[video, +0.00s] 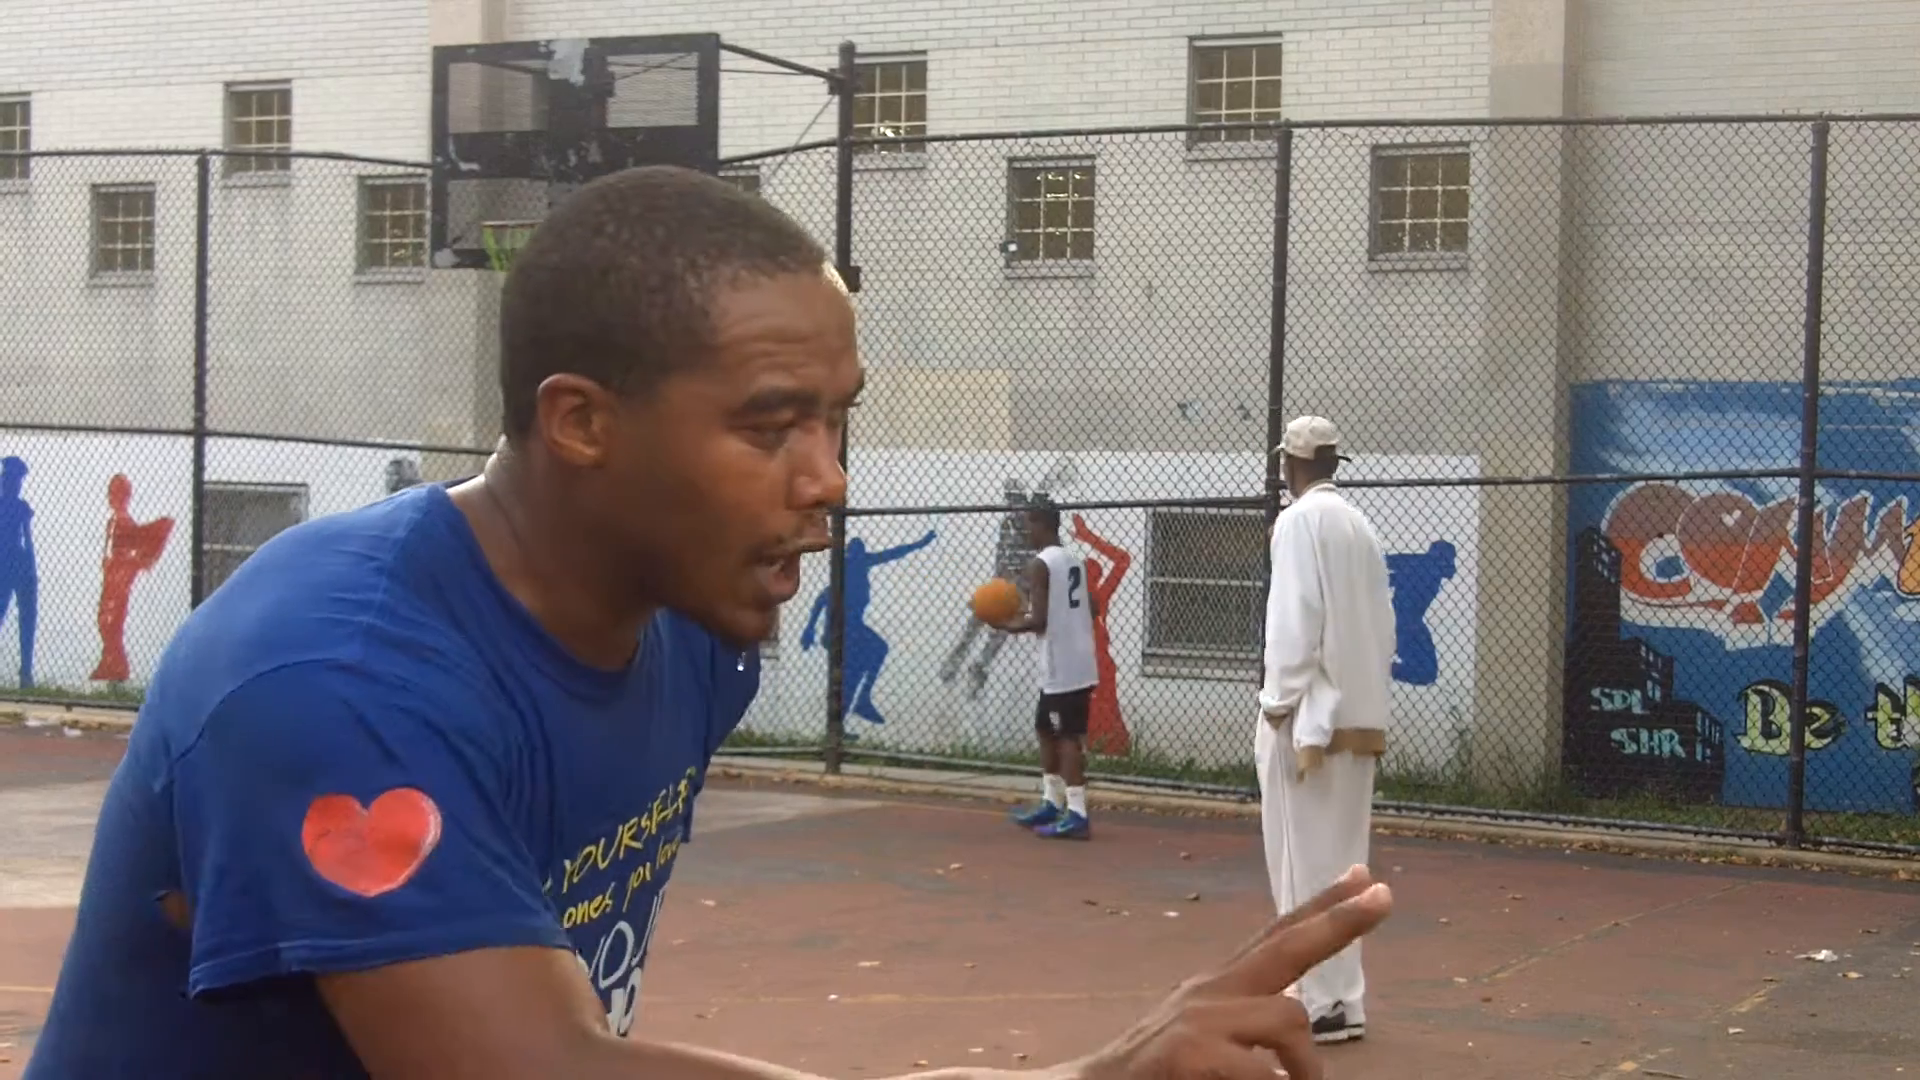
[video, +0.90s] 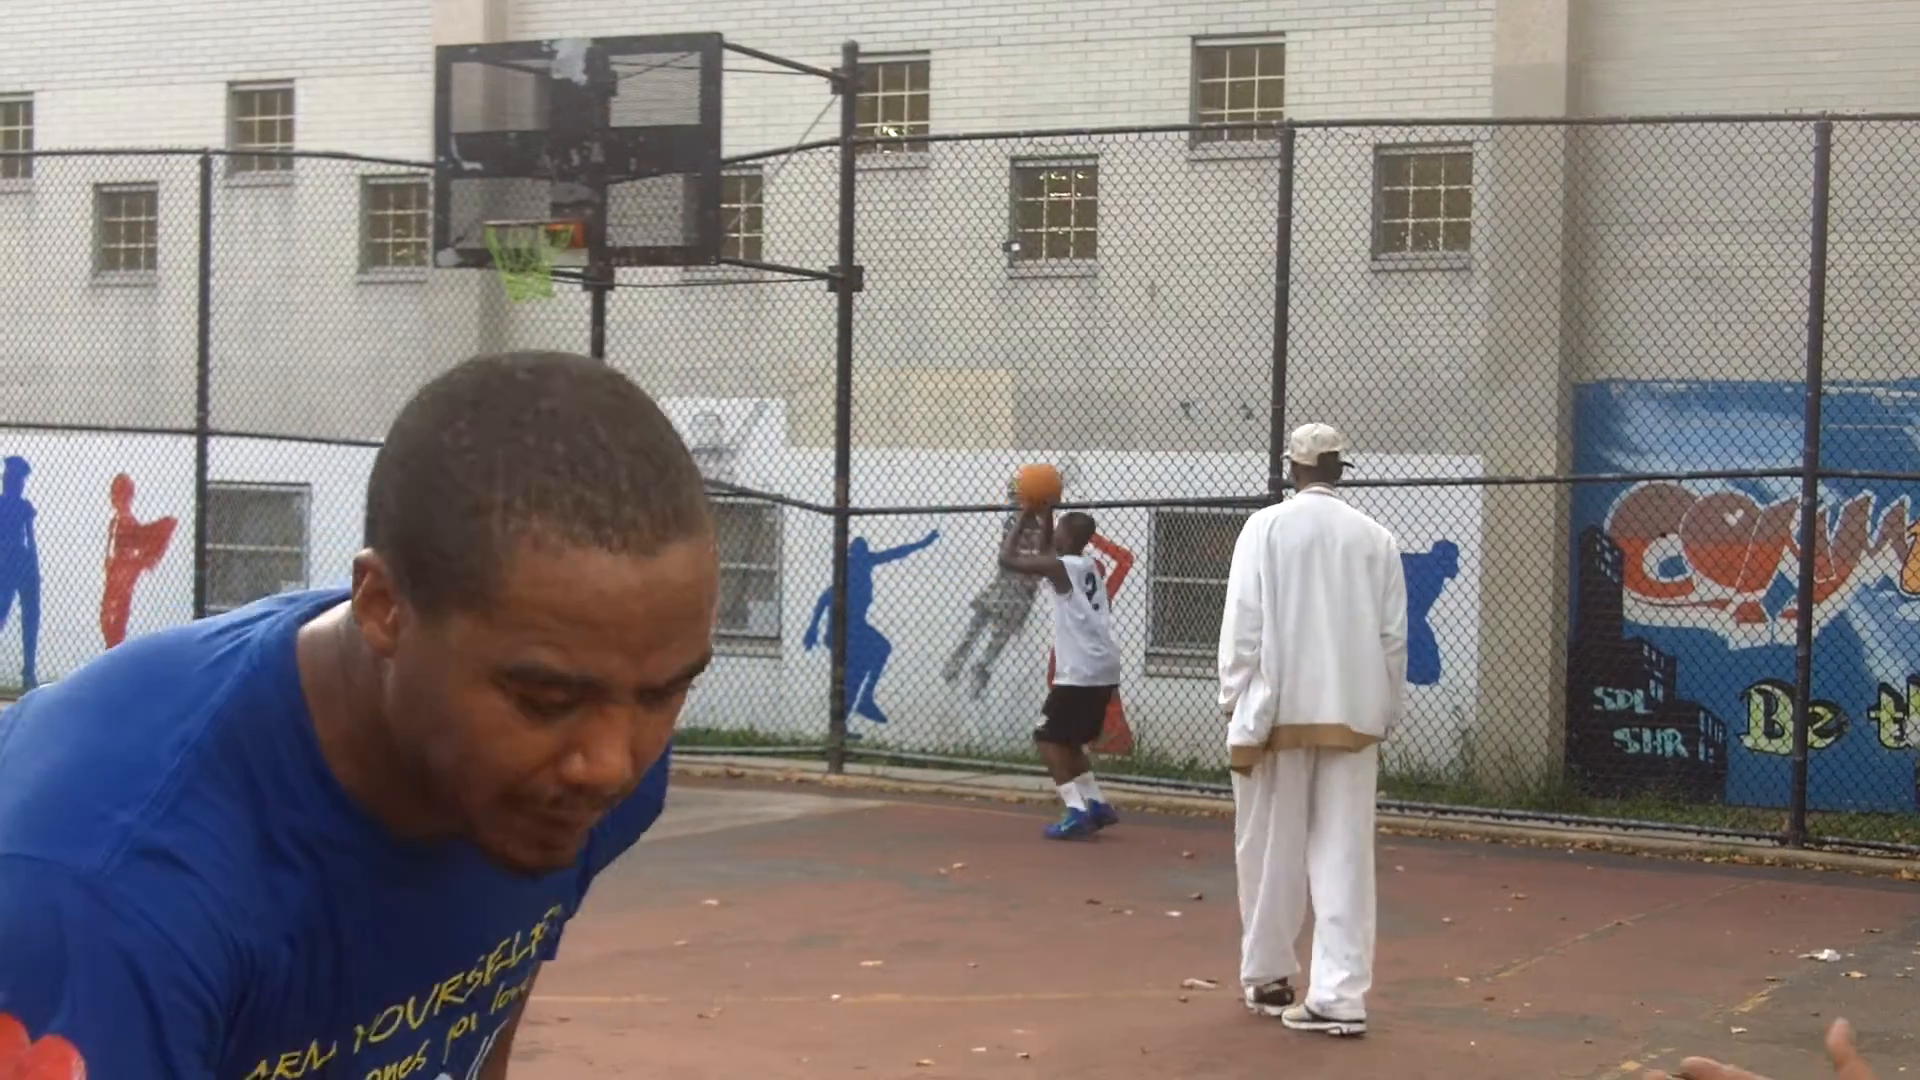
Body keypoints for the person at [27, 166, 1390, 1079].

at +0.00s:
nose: (832, 488)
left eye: (839, 424)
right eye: (775, 425)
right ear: (577, 428)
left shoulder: (697, 625)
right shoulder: (328, 686)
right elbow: (544, 1055)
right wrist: (1098, 1070)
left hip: (479, 1048)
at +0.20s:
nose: (825, 469)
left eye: (831, 412)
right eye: (769, 411)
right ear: (575, 418)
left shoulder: (700, 640)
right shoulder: (307, 681)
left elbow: (556, 981)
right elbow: (428, 1067)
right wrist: (971, 1075)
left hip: (537, 1043)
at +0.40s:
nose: (738, 471)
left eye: (771, 412)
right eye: (673, 405)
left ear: (798, 413)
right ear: (508, 399)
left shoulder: (686, 633)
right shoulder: (266, 687)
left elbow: (576, 952)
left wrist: (614, 1069)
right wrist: (934, 1066)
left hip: (544, 1055)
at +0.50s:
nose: (677, 486)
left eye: (727, 425)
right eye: (612, 415)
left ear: (755, 427)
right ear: (467, 393)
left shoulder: (685, 632)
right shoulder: (246, 698)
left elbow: (572, 989)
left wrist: (597, 1065)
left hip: (534, 1053)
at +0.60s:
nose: (652, 552)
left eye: (709, 484)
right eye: (593, 471)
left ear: (744, 470)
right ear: (450, 431)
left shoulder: (670, 650)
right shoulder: (210, 736)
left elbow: (544, 983)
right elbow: (162, 1050)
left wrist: (579, 1070)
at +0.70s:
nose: (629, 652)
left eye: (687, 583)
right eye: (567, 571)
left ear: (725, 550)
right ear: (428, 498)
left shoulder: (664, 684)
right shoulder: (163, 796)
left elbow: (538, 989)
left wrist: (548, 1064)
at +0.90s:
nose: (613, 768)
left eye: (664, 694)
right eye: (545, 697)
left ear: (696, 642)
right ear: (382, 607)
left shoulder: (611, 756)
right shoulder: (105, 899)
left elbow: (478, 1013)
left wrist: (479, 1069)